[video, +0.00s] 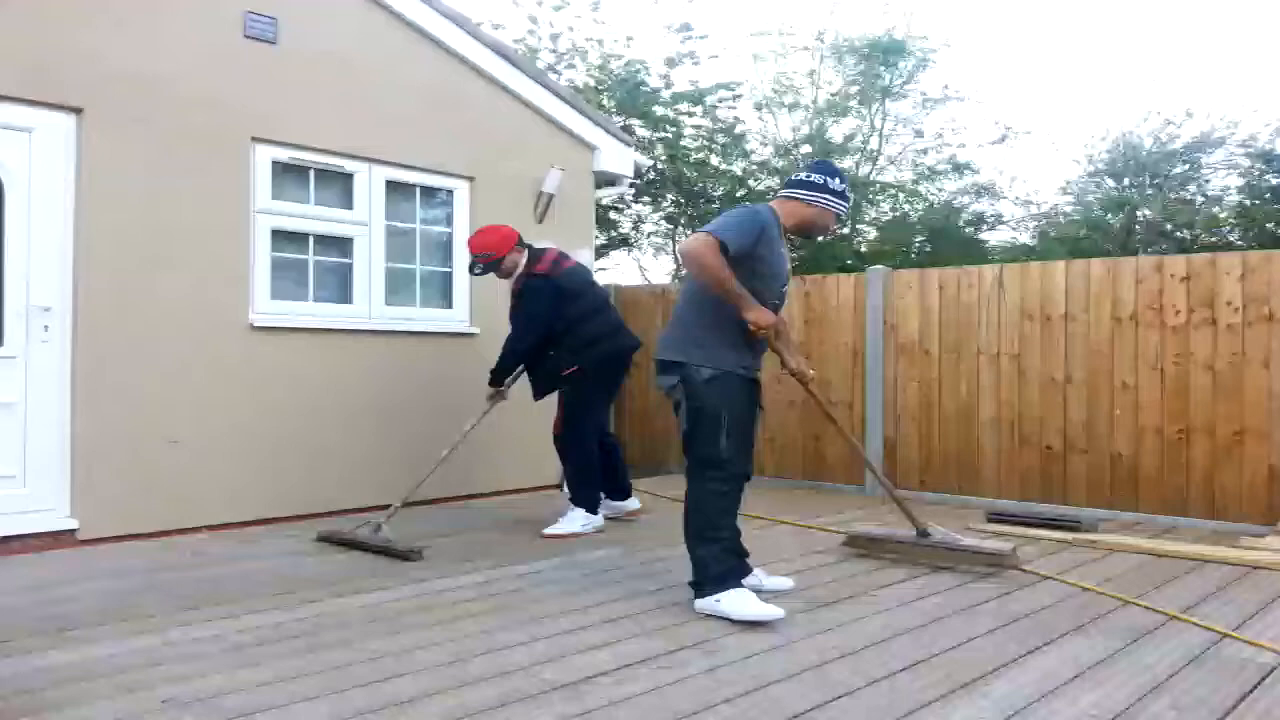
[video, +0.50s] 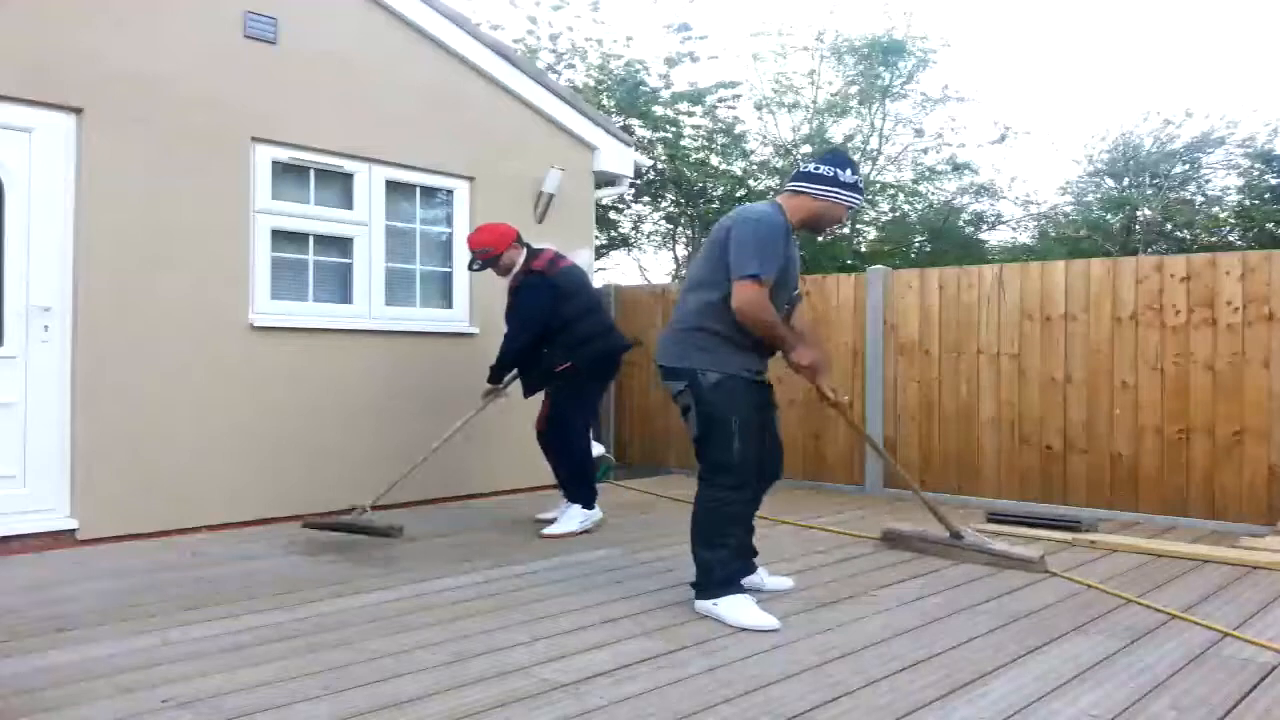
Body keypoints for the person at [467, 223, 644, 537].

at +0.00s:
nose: (495, 273)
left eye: (496, 266)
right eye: (491, 268)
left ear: (511, 252)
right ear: (517, 248)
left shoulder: (534, 284)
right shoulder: (549, 262)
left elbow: (524, 337)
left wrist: (497, 379)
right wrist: (518, 366)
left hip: (591, 358)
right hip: (610, 349)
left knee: (570, 432)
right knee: (592, 426)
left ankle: (585, 510)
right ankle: (619, 496)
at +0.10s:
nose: (494, 273)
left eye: (494, 265)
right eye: (489, 268)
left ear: (510, 251)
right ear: (516, 248)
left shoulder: (532, 283)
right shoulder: (548, 261)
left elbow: (522, 337)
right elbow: (541, 327)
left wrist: (494, 381)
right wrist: (518, 363)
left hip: (591, 357)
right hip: (609, 348)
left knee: (570, 431)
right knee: (588, 425)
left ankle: (585, 510)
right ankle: (617, 495)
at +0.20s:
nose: (493, 271)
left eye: (493, 263)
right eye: (487, 266)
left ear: (509, 249)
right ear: (515, 246)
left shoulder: (530, 282)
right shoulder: (547, 260)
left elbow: (516, 337)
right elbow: (540, 326)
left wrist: (488, 384)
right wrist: (519, 358)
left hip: (589, 356)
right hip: (608, 347)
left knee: (571, 431)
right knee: (584, 425)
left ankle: (586, 510)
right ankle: (609, 495)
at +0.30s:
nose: (492, 269)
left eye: (493, 261)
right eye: (487, 265)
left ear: (510, 247)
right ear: (514, 246)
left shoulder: (532, 279)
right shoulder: (542, 262)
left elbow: (516, 335)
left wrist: (486, 383)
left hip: (590, 356)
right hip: (592, 352)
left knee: (573, 432)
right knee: (571, 430)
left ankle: (588, 510)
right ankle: (582, 501)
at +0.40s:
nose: (493, 269)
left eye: (495, 260)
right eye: (488, 264)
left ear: (513, 247)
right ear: (516, 247)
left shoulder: (531, 280)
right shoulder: (546, 263)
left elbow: (516, 336)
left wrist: (486, 381)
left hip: (587, 359)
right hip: (595, 353)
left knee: (567, 432)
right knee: (567, 430)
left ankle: (586, 510)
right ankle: (578, 501)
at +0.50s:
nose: (494, 270)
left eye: (494, 262)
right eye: (489, 265)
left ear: (512, 249)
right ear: (516, 247)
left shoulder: (531, 282)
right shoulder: (547, 263)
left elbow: (520, 336)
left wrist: (497, 375)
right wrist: (516, 366)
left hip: (581, 361)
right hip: (595, 354)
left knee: (554, 429)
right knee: (561, 427)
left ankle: (584, 506)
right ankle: (576, 499)